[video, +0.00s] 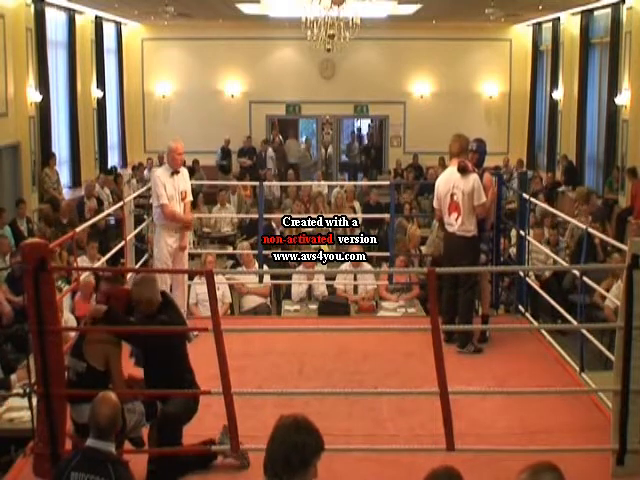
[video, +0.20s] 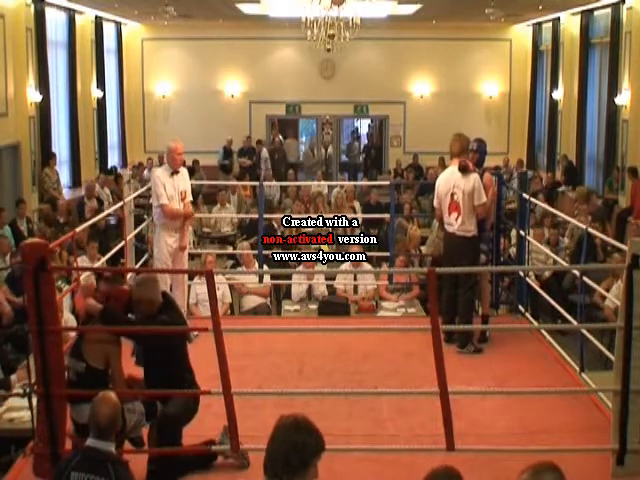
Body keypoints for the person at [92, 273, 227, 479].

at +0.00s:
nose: (140, 308)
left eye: (144, 303)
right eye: (137, 303)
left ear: (154, 300)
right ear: (133, 299)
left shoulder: (167, 323)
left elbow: (137, 334)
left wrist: (108, 314)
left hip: (183, 393)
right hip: (159, 392)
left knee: (167, 415)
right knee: (162, 466)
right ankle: (214, 447)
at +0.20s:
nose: (140, 307)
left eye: (144, 303)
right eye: (138, 302)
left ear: (154, 300)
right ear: (136, 299)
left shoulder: (169, 322)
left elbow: (135, 329)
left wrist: (100, 311)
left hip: (183, 393)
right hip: (157, 393)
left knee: (167, 416)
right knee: (165, 466)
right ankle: (213, 449)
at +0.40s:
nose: (140, 307)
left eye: (143, 303)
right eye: (138, 302)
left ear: (154, 302)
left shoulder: (168, 322)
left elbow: (132, 327)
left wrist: (100, 310)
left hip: (183, 394)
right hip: (158, 393)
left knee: (166, 417)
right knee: (166, 466)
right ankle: (214, 448)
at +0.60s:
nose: (141, 307)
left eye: (144, 302)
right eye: (138, 302)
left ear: (153, 301)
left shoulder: (168, 323)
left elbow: (134, 327)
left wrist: (99, 310)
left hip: (183, 394)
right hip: (158, 393)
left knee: (167, 416)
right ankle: (214, 448)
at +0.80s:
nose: (142, 307)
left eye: (145, 303)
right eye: (139, 302)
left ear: (154, 301)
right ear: (137, 300)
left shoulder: (169, 322)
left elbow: (133, 326)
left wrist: (99, 309)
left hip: (183, 393)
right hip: (157, 393)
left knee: (167, 416)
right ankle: (214, 448)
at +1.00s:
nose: (137, 308)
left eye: (141, 303)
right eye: (136, 303)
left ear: (152, 302)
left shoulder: (169, 321)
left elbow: (133, 327)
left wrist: (99, 309)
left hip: (183, 393)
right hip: (157, 392)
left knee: (167, 416)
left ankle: (157, 470)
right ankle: (213, 449)